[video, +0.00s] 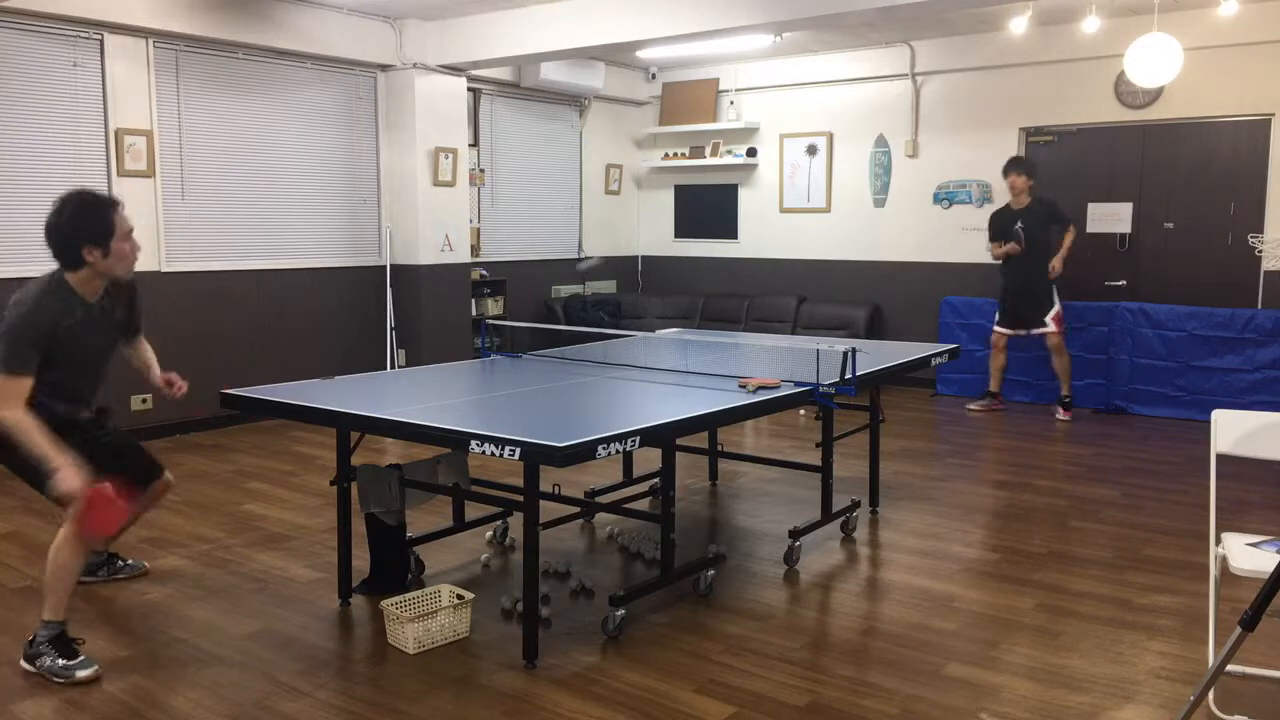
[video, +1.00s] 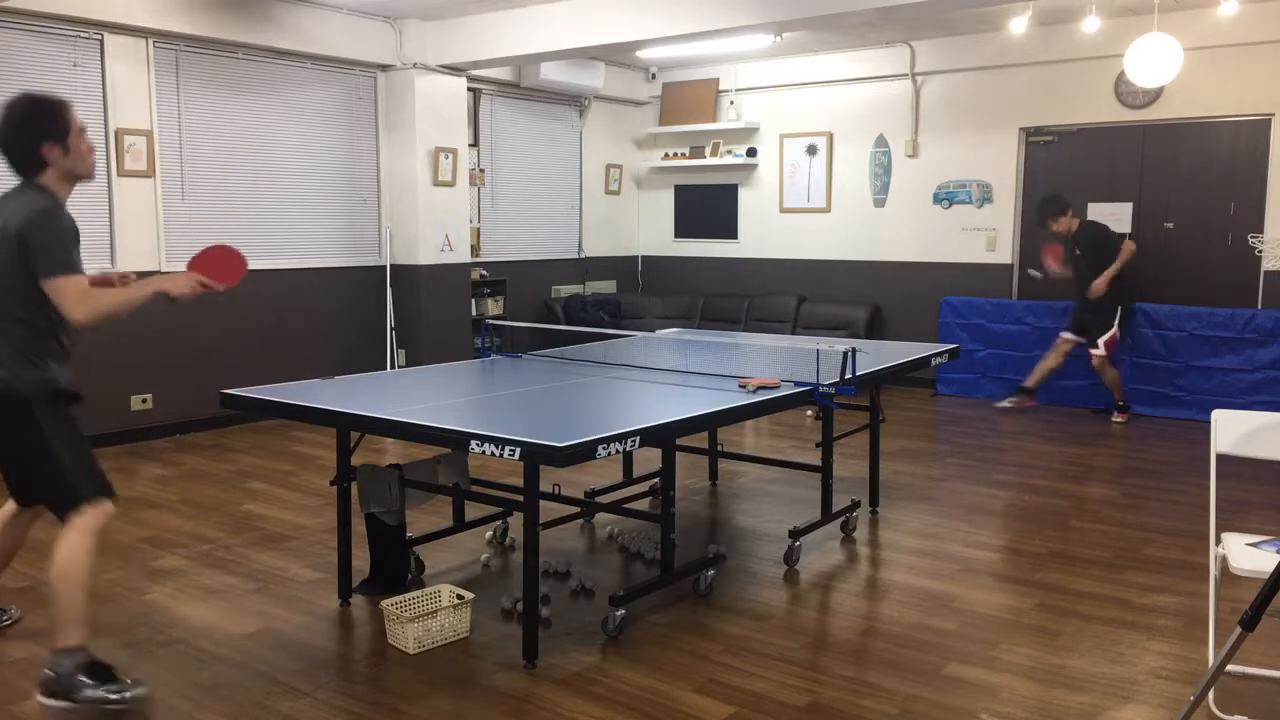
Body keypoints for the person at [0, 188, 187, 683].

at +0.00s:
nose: (136, 243)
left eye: (132, 232)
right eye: (126, 237)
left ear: (96, 252)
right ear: (92, 253)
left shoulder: (120, 292)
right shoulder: (35, 310)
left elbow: (133, 339)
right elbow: (11, 407)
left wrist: (156, 373)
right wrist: (61, 463)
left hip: (78, 420)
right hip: (27, 424)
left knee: (154, 483)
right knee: (88, 502)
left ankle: (91, 555)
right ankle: (48, 639)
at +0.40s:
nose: (76, 241)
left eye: (74, 229)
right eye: (62, 233)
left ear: (76, 227)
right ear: (22, 249)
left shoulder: (95, 271)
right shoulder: (7, 306)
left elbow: (133, 290)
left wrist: (178, 322)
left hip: (87, 417)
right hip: (28, 425)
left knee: (140, 494)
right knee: (110, 512)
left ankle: (102, 554)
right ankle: (45, 640)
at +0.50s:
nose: (61, 189)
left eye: (60, 176)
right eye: (45, 182)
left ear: (61, 175)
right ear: (10, 200)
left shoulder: (46, 239)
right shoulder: (21, 257)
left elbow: (76, 304)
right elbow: (73, 348)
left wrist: (118, 304)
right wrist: (143, 322)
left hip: (81, 394)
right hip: (47, 409)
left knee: (144, 467)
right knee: (121, 517)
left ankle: (105, 558)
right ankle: (45, 642)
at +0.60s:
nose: (61, 157)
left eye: (56, 147)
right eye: (48, 152)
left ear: (18, 170)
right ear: (14, 170)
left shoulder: (27, 212)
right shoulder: (29, 207)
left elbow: (53, 282)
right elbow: (116, 162)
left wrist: (107, 251)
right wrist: (87, 138)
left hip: (66, 394)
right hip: (52, 402)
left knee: (118, 475)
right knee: (146, 514)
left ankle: (62, 565)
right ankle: (42, 630)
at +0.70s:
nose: (64, 165)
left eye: (58, 154)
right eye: (51, 158)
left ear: (18, 178)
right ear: (17, 176)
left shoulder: (14, 221)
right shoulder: (38, 219)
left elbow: (37, 304)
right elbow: (136, 193)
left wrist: (98, 277)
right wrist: (100, 137)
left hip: (24, 403)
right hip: (56, 405)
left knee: (86, 491)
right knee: (159, 526)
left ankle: (10, 586)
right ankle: (89, 672)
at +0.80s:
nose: (68, 190)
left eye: (63, 178)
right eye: (58, 181)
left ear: (18, 196)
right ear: (25, 196)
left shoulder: (7, 247)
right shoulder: (49, 249)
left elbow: (19, 320)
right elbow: (158, 268)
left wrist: (79, 318)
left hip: (13, 427)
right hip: (60, 427)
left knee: (68, 510)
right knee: (149, 548)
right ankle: (97, 687)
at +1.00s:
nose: (92, 143)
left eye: (86, 132)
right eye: (81, 135)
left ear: (41, 153)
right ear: (52, 152)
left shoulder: (17, 208)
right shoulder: (45, 217)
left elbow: (32, 293)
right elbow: (79, 308)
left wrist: (98, 283)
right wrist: (160, 287)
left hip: (10, 388)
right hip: (30, 392)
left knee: (29, 500)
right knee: (90, 505)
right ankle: (69, 663)